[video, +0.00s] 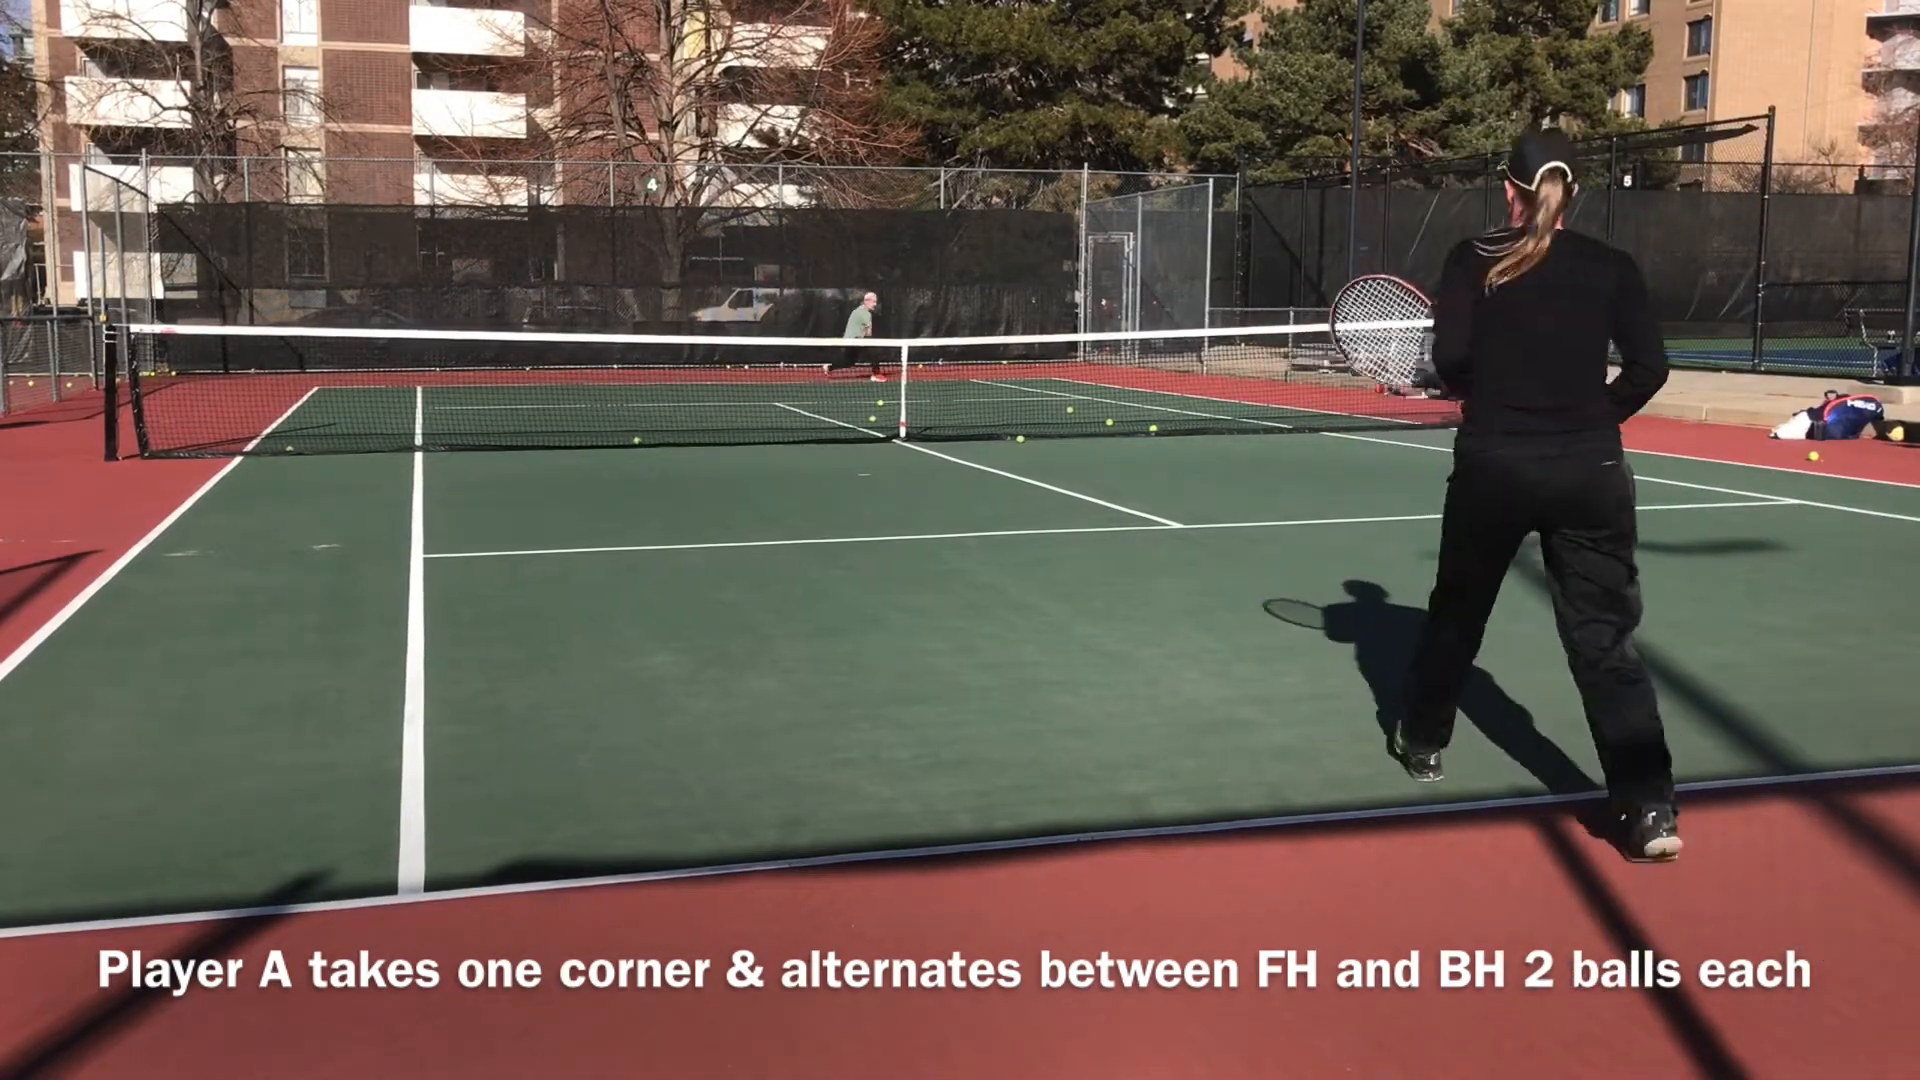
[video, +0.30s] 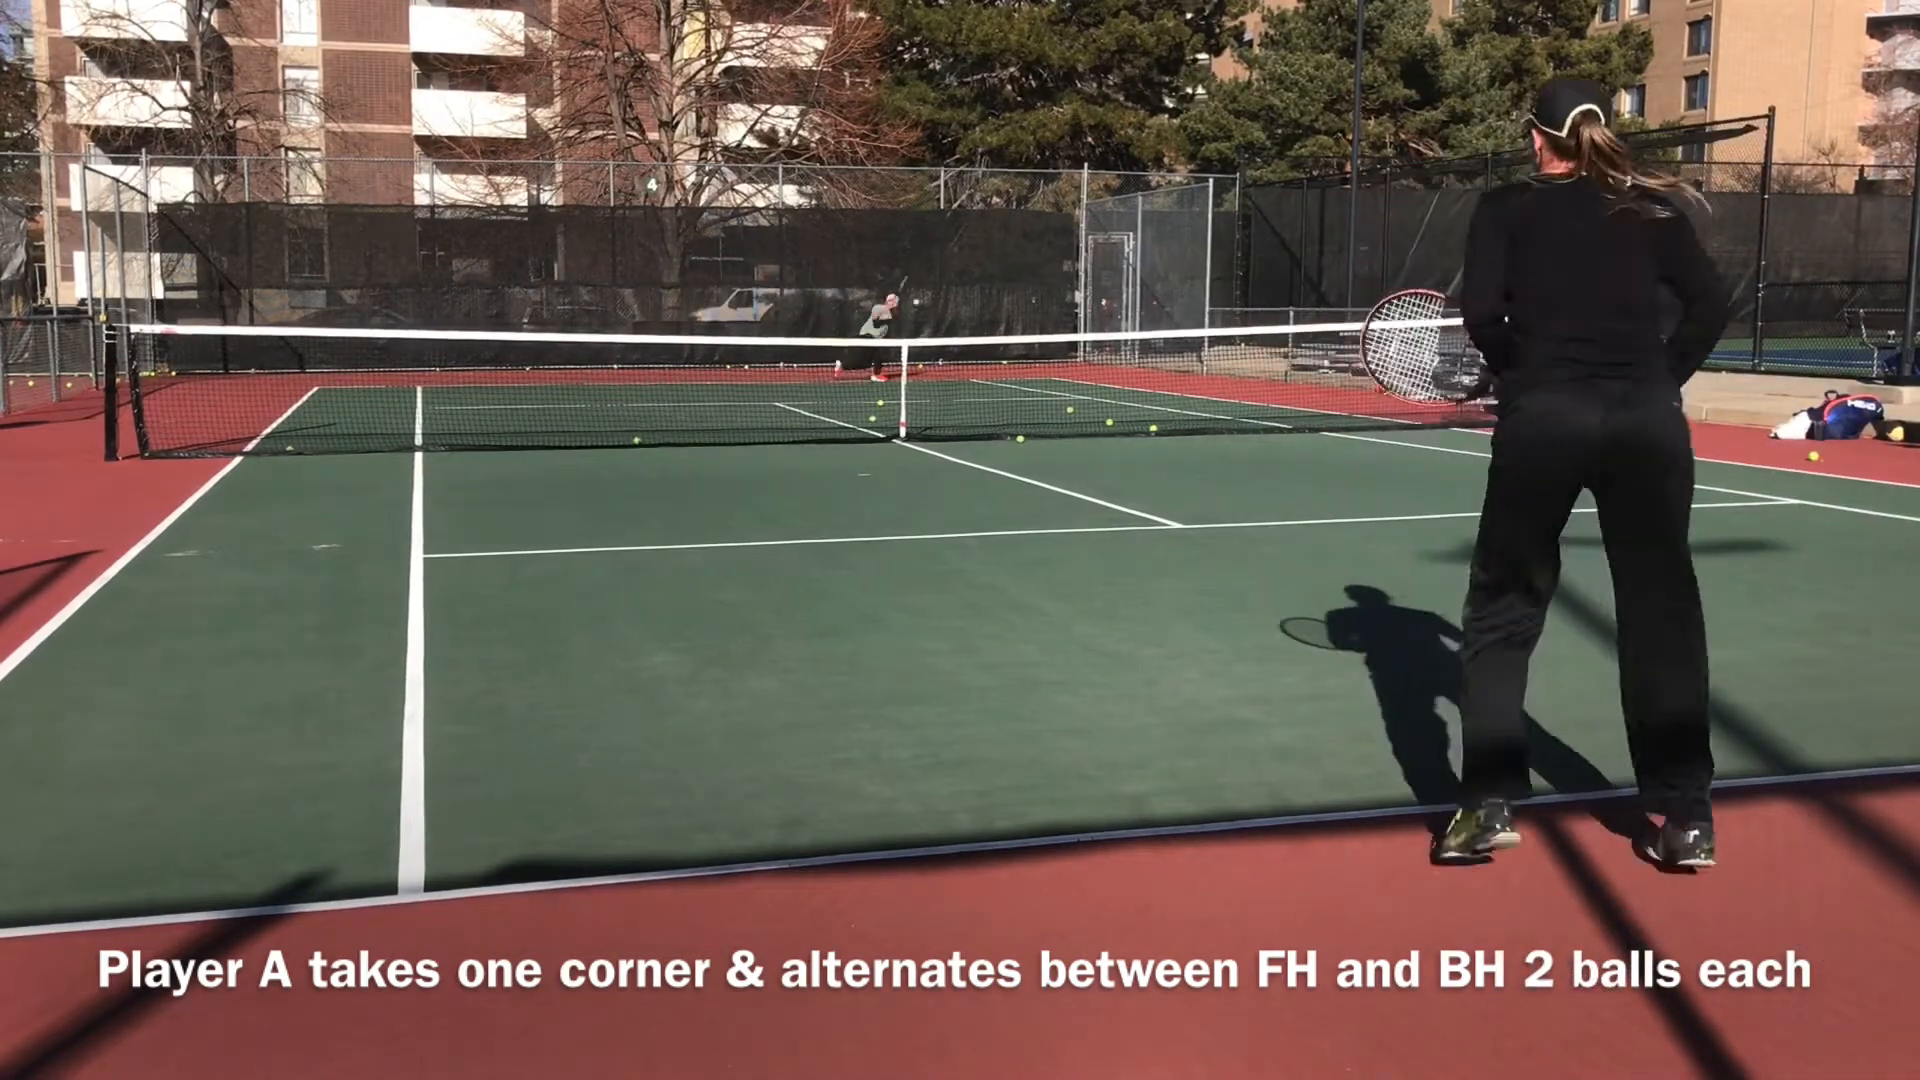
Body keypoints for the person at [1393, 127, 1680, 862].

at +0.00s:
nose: (1503, 197)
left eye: (1505, 188)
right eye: (1512, 186)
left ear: (1512, 192)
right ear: (1570, 194)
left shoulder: (1473, 258)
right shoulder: (1611, 266)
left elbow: (1449, 361)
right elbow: (1650, 367)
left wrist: (1472, 386)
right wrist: (1597, 414)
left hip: (1494, 470)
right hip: (1590, 472)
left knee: (1457, 609)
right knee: (1606, 638)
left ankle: (1423, 740)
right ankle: (1650, 810)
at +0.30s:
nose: (1533, 148)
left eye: (1535, 138)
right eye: (1539, 136)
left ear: (1545, 142)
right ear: (1607, 140)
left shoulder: (1508, 207)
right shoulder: (1655, 210)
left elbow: (1480, 311)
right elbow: (1712, 302)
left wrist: (1514, 370)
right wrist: (1660, 377)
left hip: (1545, 414)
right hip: (1648, 414)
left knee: (1504, 603)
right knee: (1662, 608)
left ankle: (1486, 804)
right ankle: (1683, 817)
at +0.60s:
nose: (1423, 209)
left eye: (1425, 198)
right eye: (1431, 196)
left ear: (1436, 202)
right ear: (1499, 202)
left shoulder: (1419, 277)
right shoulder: (1550, 281)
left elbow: (1424, 408)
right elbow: (1639, 369)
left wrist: (1432, 437)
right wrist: (1591, 448)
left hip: (1501, 513)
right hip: (1597, 496)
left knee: (1459, 733)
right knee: (1657, 687)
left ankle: (1516, 947)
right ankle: (1779, 864)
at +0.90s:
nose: (1183, 188)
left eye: (1183, 174)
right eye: (1185, 173)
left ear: (1198, 173)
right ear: (1252, 167)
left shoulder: (1225, 236)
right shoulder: (1296, 230)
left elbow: (1273, 356)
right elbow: (1322, 380)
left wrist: (1184, 390)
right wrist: (1247, 465)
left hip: (1299, 496)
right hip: (1371, 494)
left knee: (1194, 696)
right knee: (1330, 710)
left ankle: (1210, 936)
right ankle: (1425, 933)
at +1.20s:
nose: (937, 195)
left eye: (947, 178)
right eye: (933, 182)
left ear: (986, 169)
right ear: (945, 185)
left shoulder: (1044, 216)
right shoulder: (964, 257)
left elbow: (1130, 291)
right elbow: (942, 376)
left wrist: (1011, 248)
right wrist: (907, 368)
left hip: (1064, 497)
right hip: (1012, 499)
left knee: (995, 719)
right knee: (910, 666)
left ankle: (1060, 952)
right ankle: (927, 897)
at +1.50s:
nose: (731, 228)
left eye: (732, 213)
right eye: (727, 214)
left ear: (758, 205)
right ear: (783, 199)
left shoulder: (817, 255)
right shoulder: (776, 263)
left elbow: (785, 329)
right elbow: (691, 271)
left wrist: (708, 245)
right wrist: (609, 243)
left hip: (817, 521)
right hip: (787, 522)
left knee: (794, 746)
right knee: (677, 666)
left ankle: (982, 904)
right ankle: (650, 871)